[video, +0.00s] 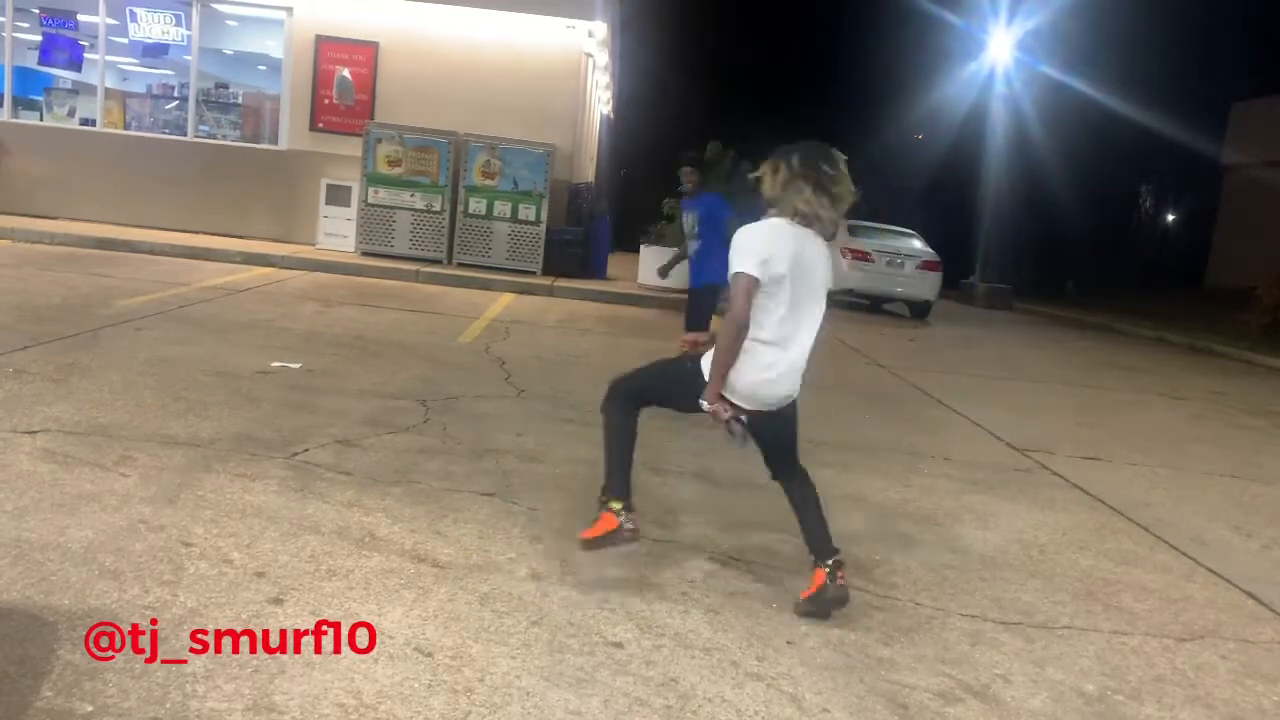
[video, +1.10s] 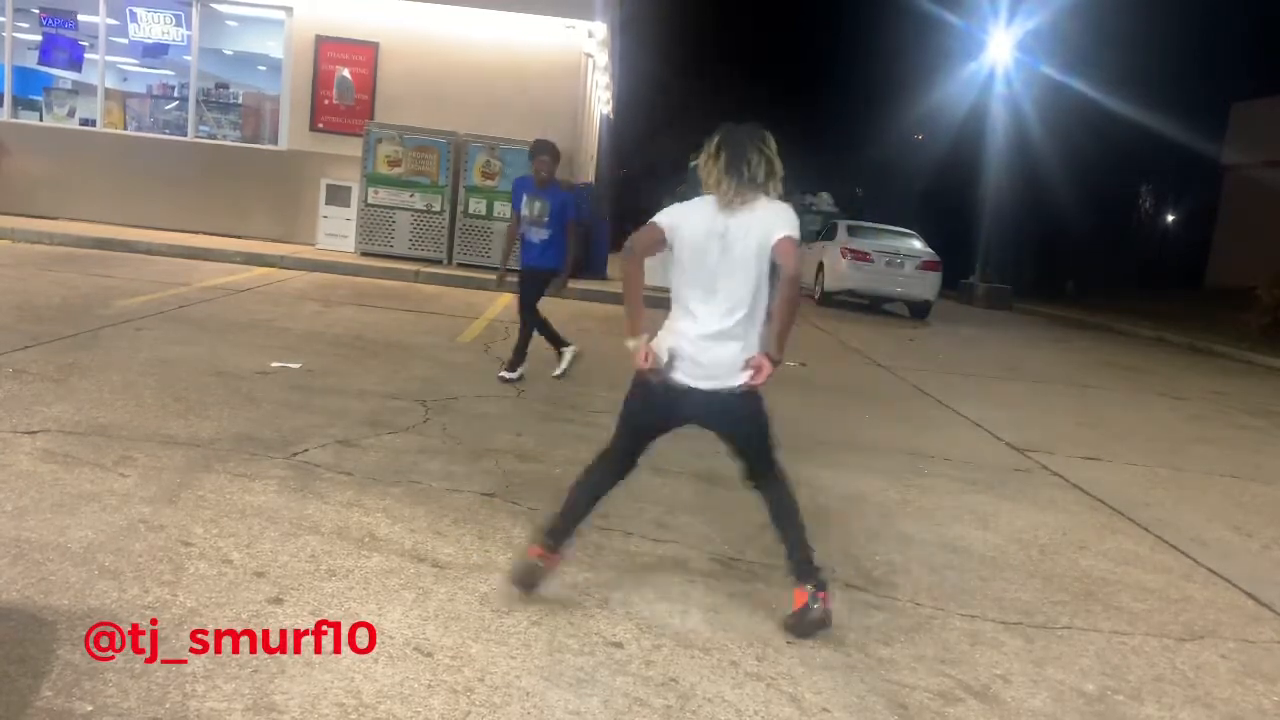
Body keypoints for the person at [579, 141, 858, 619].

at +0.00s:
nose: (765, 184)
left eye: (771, 178)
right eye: (769, 177)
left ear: (779, 183)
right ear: (826, 194)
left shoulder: (755, 236)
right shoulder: (820, 251)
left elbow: (739, 317)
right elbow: (790, 324)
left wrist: (716, 387)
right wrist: (715, 339)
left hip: (726, 376)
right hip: (778, 390)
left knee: (622, 393)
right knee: (789, 470)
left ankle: (616, 508)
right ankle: (829, 568)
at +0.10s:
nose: (751, 187)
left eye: (755, 181)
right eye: (757, 182)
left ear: (762, 183)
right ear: (811, 190)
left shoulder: (745, 237)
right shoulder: (819, 249)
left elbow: (735, 320)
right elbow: (821, 332)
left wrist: (720, 395)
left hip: (732, 385)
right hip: (784, 393)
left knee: (655, 430)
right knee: (769, 476)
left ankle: (619, 532)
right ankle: (834, 573)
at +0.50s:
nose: (756, 205)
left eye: (760, 198)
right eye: (759, 198)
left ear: (767, 203)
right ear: (820, 202)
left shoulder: (746, 259)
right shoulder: (840, 242)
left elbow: (708, 332)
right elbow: (891, 300)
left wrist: (725, 408)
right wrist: (863, 375)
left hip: (757, 401)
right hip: (813, 404)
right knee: (771, 490)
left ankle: (672, 523)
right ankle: (850, 584)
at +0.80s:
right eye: (809, 186)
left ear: (752, 184)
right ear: (806, 188)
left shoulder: (715, 234)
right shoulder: (813, 242)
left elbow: (673, 298)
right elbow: (828, 309)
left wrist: (675, 377)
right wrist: (804, 387)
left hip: (713, 395)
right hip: (773, 398)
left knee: (733, 493)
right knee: (785, 481)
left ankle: (689, 589)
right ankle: (788, 566)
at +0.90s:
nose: (735, 171)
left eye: (739, 164)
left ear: (743, 171)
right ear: (796, 176)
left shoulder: (709, 219)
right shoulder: (803, 225)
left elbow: (650, 270)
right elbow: (821, 286)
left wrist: (657, 349)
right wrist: (798, 363)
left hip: (695, 386)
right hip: (758, 390)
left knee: (681, 476)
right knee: (776, 484)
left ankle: (686, 581)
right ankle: (787, 594)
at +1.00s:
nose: (719, 166)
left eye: (724, 158)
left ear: (729, 164)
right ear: (784, 168)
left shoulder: (698, 211)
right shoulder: (793, 213)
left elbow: (636, 240)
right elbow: (811, 262)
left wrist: (645, 322)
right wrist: (789, 340)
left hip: (681, 380)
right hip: (751, 388)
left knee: (619, 447)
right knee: (800, 468)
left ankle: (629, 556)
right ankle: (818, 584)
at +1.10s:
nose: (704, 168)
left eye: (706, 160)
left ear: (711, 165)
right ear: (767, 168)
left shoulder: (684, 212)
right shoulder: (776, 214)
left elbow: (633, 251)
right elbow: (790, 273)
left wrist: (638, 335)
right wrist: (772, 351)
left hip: (664, 383)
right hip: (734, 393)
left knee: (614, 461)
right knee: (768, 476)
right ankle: (809, 585)